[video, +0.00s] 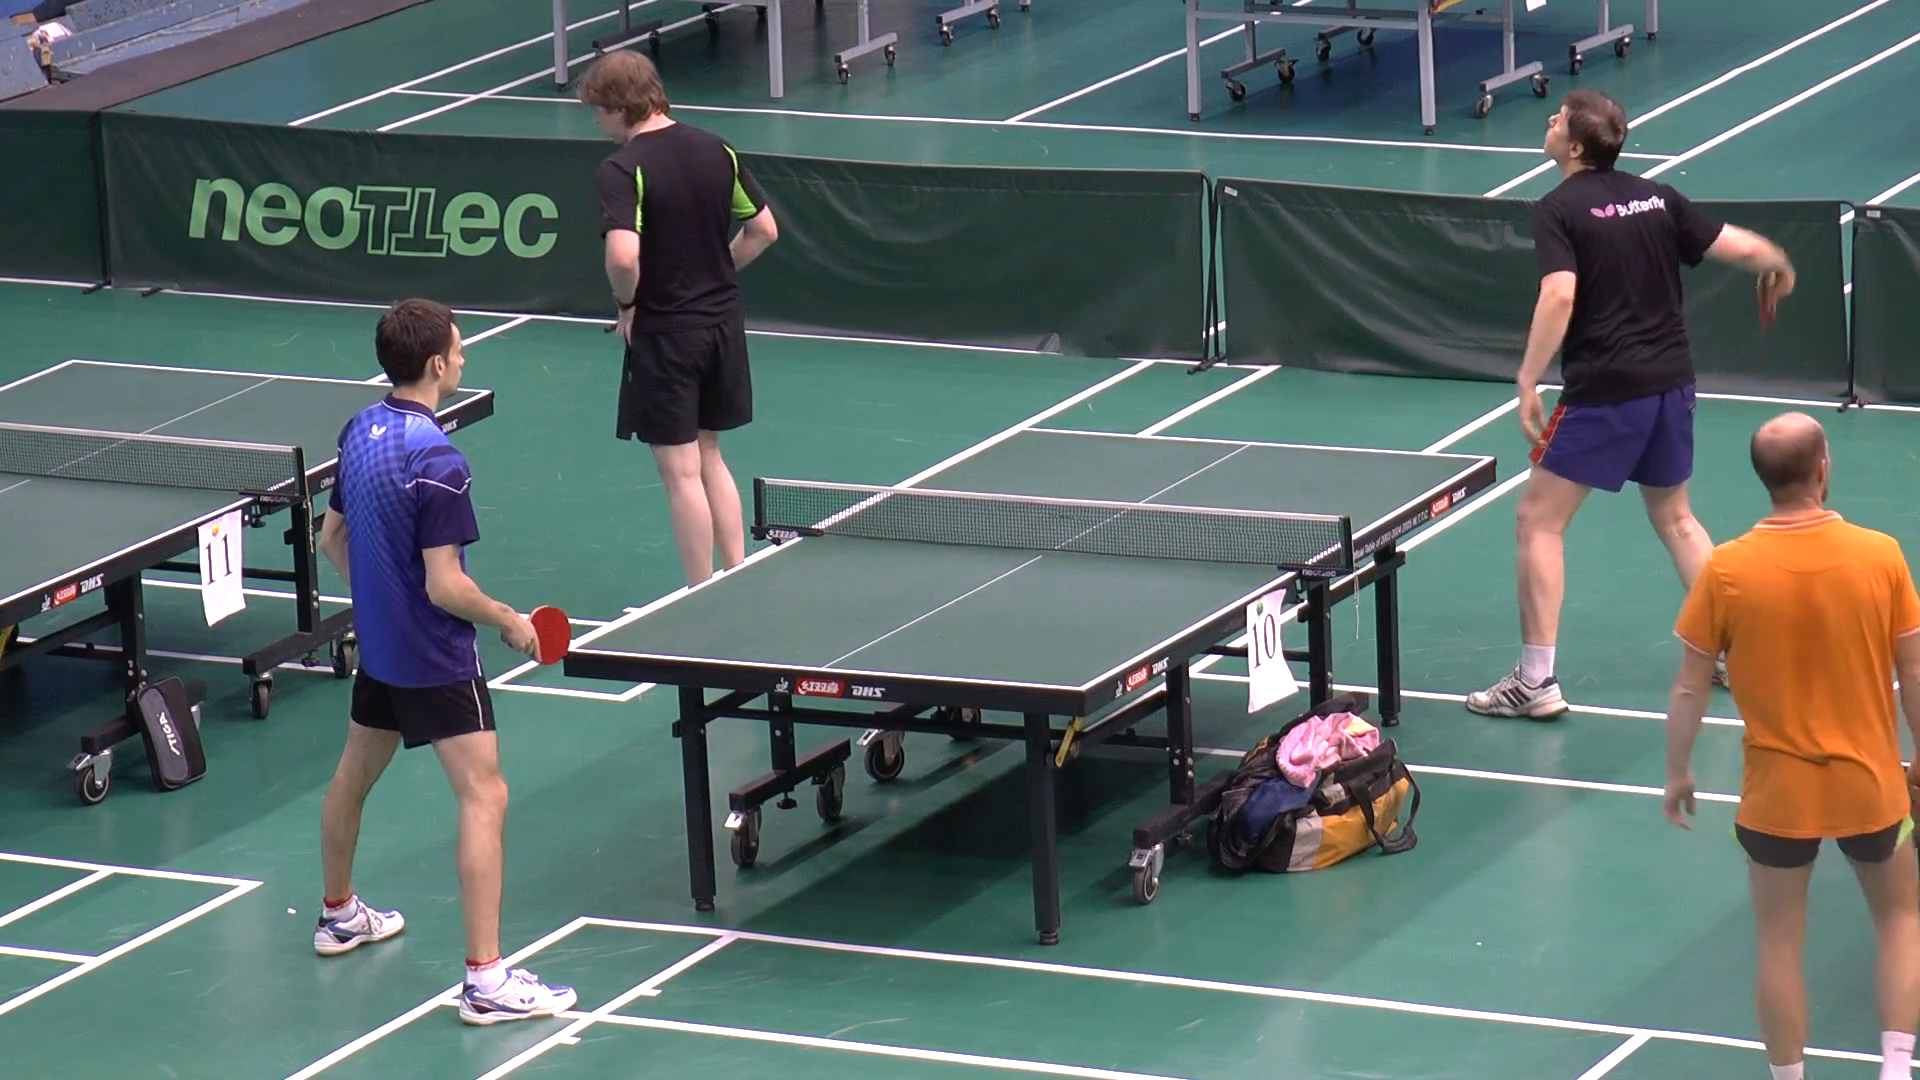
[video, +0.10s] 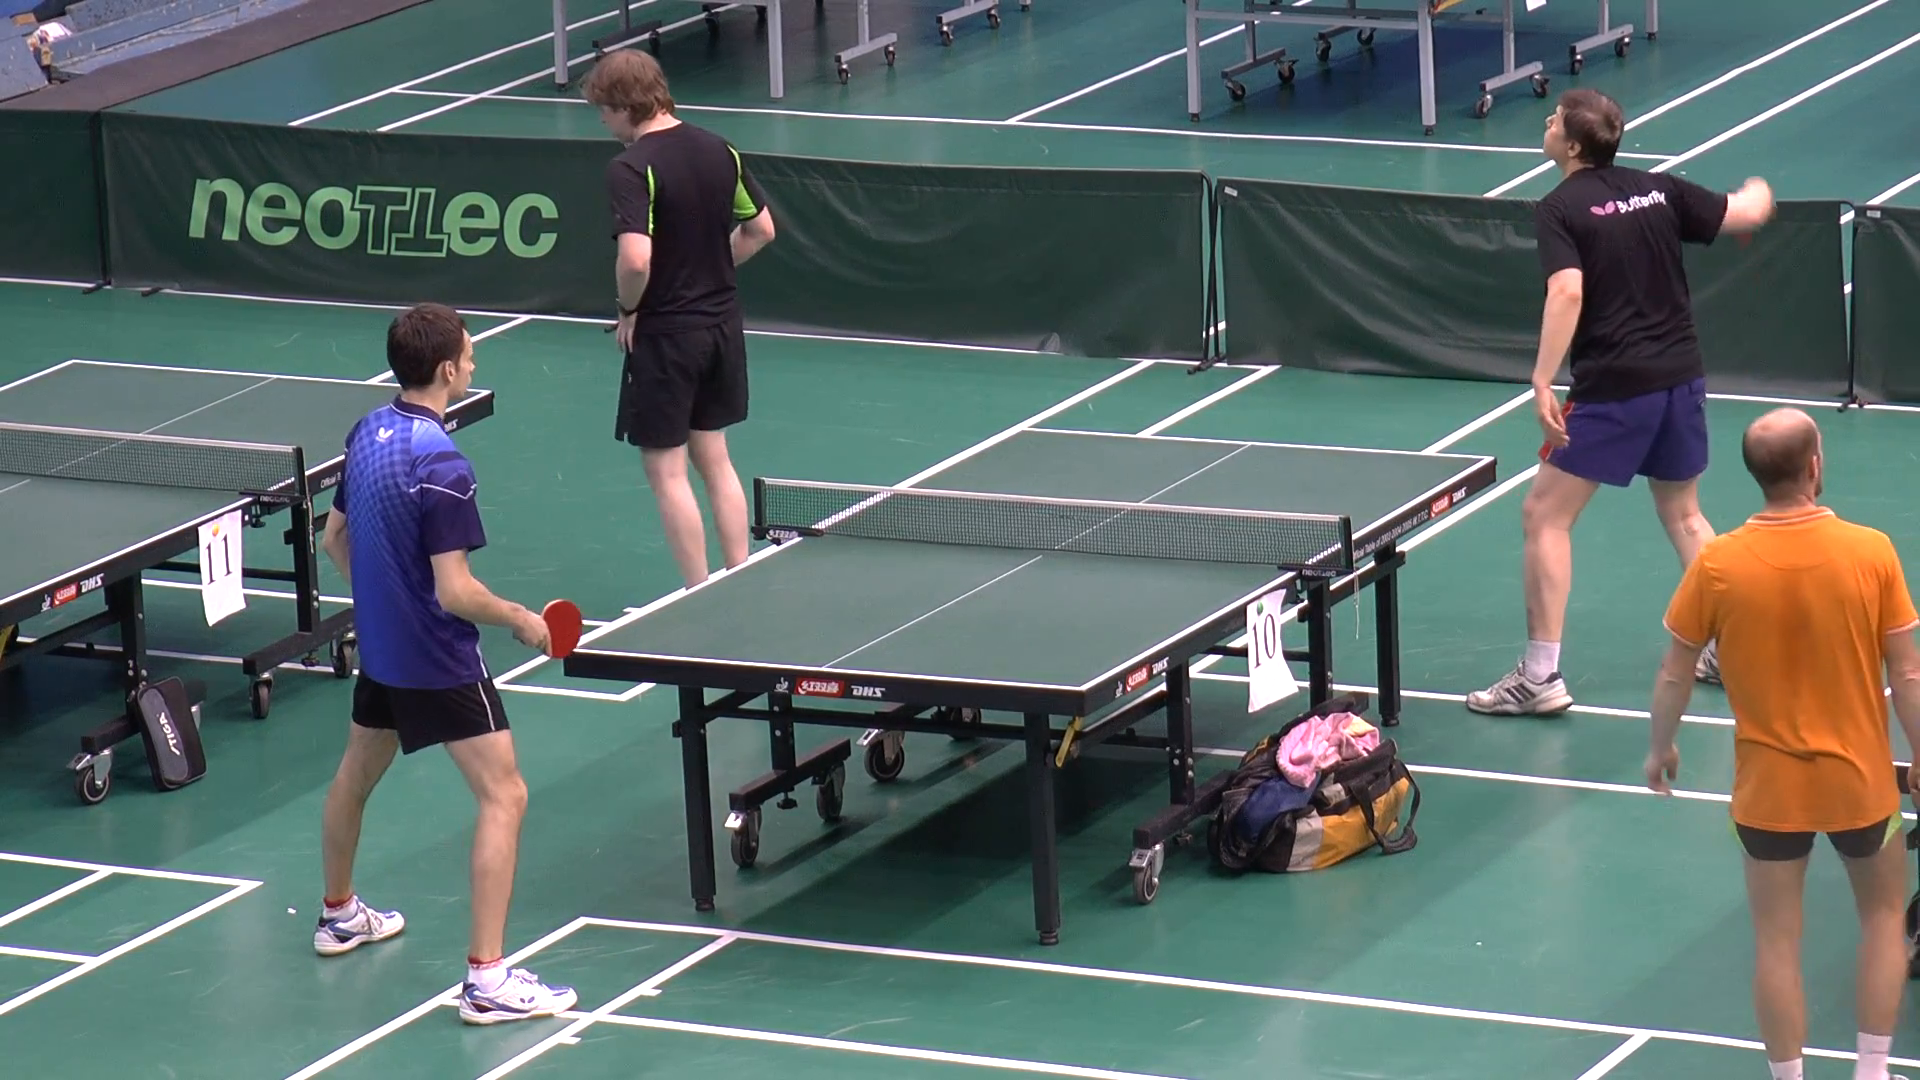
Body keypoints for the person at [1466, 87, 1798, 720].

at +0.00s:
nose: (1550, 125)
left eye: (1558, 119)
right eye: (1555, 116)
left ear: (1573, 141)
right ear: (1609, 144)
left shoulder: (1556, 209)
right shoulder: (1657, 196)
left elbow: (1560, 293)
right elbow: (1735, 244)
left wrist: (1527, 381)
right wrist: (1776, 261)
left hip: (1605, 395)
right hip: (1673, 388)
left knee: (1539, 521)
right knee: (1675, 516)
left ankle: (1535, 678)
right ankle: (1731, 644)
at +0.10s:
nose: (1547, 125)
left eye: (1555, 119)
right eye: (1553, 116)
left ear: (1570, 140)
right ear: (1606, 143)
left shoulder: (1558, 207)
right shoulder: (1658, 188)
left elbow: (1567, 290)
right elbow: (1742, 216)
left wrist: (1542, 381)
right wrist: (1757, 195)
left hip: (1615, 392)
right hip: (1683, 384)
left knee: (1544, 516)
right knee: (1685, 514)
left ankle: (1540, 673)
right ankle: (1722, 644)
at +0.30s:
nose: (1512, 155)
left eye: (1518, 146)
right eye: (1514, 144)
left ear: (1543, 157)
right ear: (1577, 151)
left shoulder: (1554, 221)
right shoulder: (1636, 186)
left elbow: (1583, 304)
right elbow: (1697, 201)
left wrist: (1557, 398)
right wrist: (1671, 175)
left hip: (1629, 391)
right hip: (1689, 380)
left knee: (1542, 507)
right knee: (1682, 515)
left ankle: (1569, 662)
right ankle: (1726, 645)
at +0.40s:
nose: (1491, 185)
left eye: (1497, 174)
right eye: (1492, 174)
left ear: (1529, 178)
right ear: (1545, 172)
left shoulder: (1554, 234)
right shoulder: (1599, 199)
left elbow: (1600, 319)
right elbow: (1612, 263)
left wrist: (1567, 406)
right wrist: (1553, 291)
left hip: (1633, 394)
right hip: (1684, 382)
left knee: (1539, 509)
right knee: (1670, 516)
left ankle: (1568, 664)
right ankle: (1729, 635)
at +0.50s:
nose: (1470, 213)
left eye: (1477, 201)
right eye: (1469, 202)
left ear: (1515, 198)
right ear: (1521, 198)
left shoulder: (1551, 250)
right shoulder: (1560, 233)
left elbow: (1620, 323)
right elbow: (1550, 329)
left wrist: (1585, 411)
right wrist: (1500, 392)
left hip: (1635, 403)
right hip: (1669, 393)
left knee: (1535, 515)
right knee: (1650, 522)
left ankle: (1570, 666)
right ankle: (1727, 635)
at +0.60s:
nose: (1452, 238)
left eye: (1462, 226)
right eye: (1448, 227)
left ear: (1499, 221)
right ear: (1451, 226)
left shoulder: (1548, 261)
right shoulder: (1503, 282)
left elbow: (1633, 319)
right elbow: (1526, 365)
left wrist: (1616, 409)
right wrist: (1482, 426)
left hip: (1615, 407)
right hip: (1608, 405)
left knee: (1527, 521)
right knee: (1604, 526)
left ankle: (1571, 668)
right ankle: (1715, 613)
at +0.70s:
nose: (1434, 250)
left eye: (1445, 239)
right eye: (1429, 239)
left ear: (1480, 232)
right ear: (1428, 236)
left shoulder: (1532, 269)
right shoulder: (1478, 287)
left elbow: (1622, 319)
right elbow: (1512, 360)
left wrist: (1642, 407)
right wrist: (1464, 412)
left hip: (1596, 407)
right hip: (1565, 407)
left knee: (1514, 526)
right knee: (1546, 521)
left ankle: (1571, 668)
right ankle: (1675, 581)